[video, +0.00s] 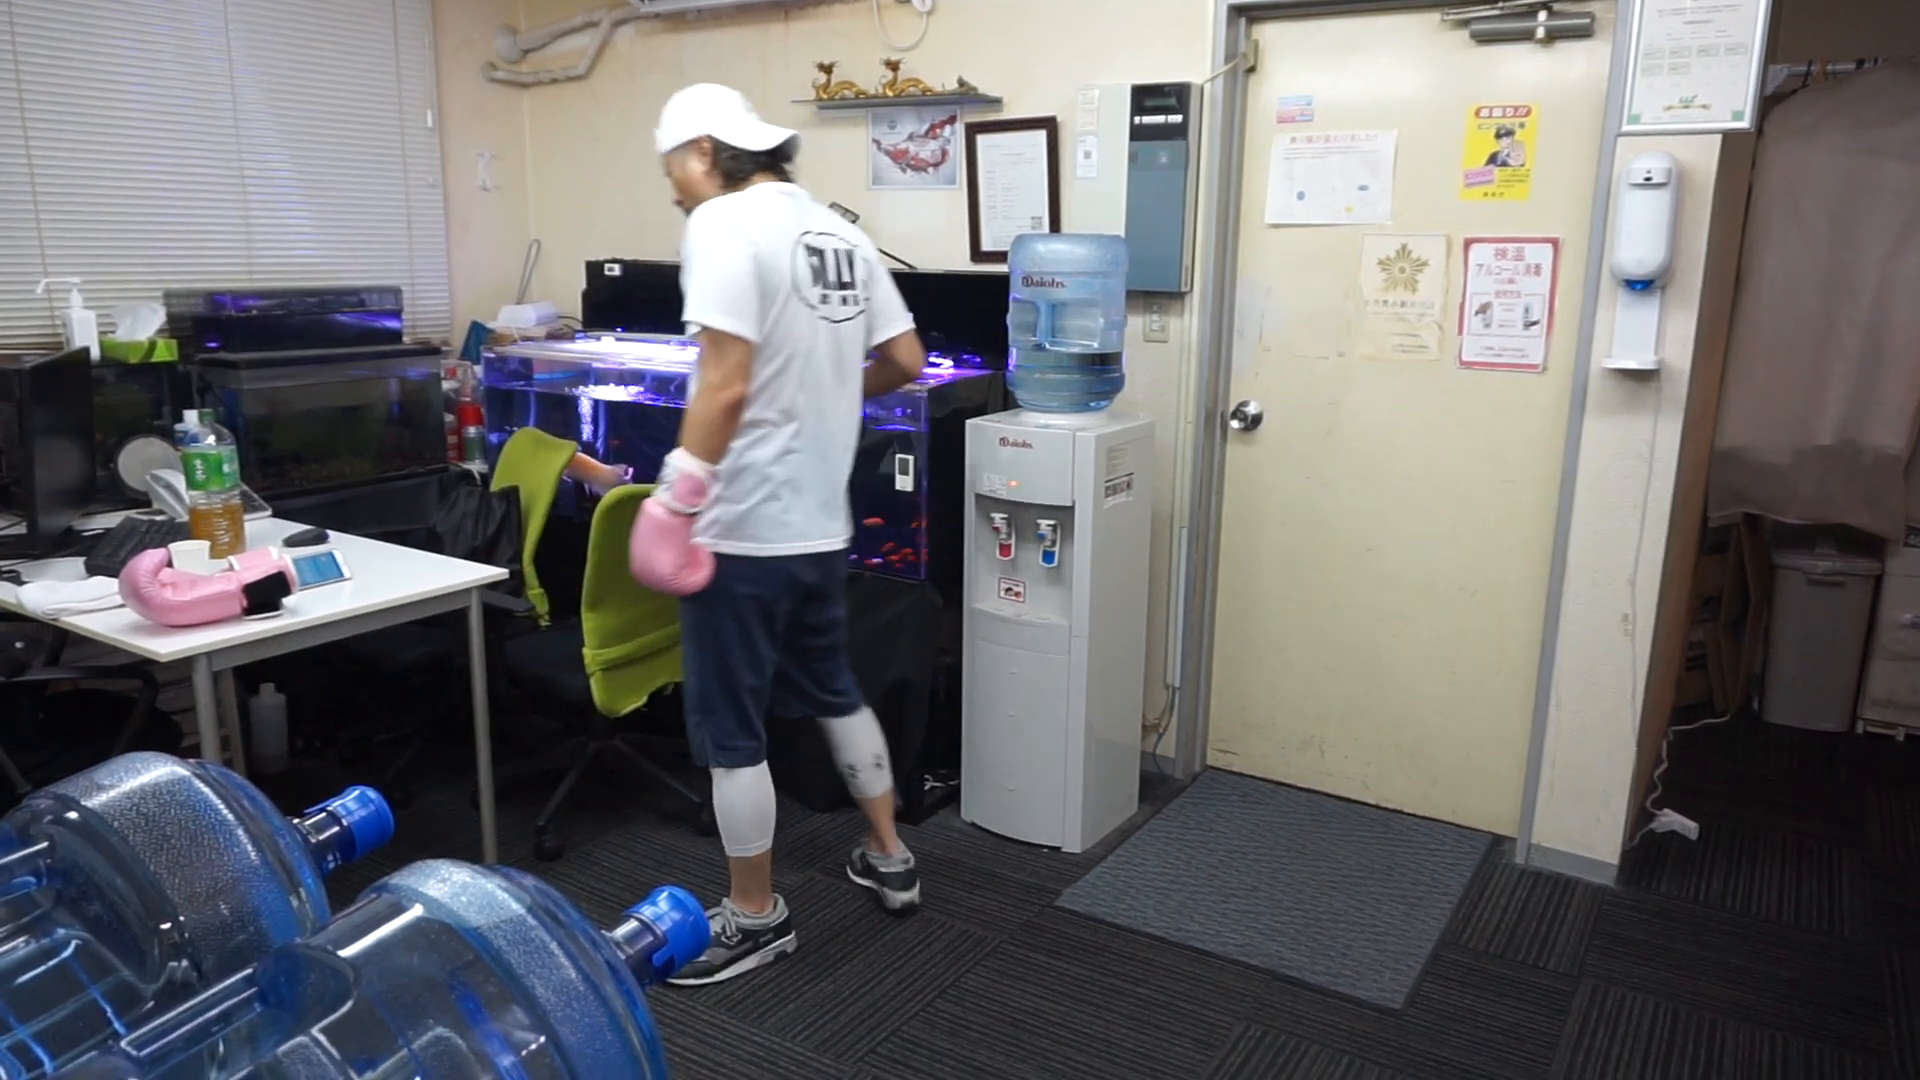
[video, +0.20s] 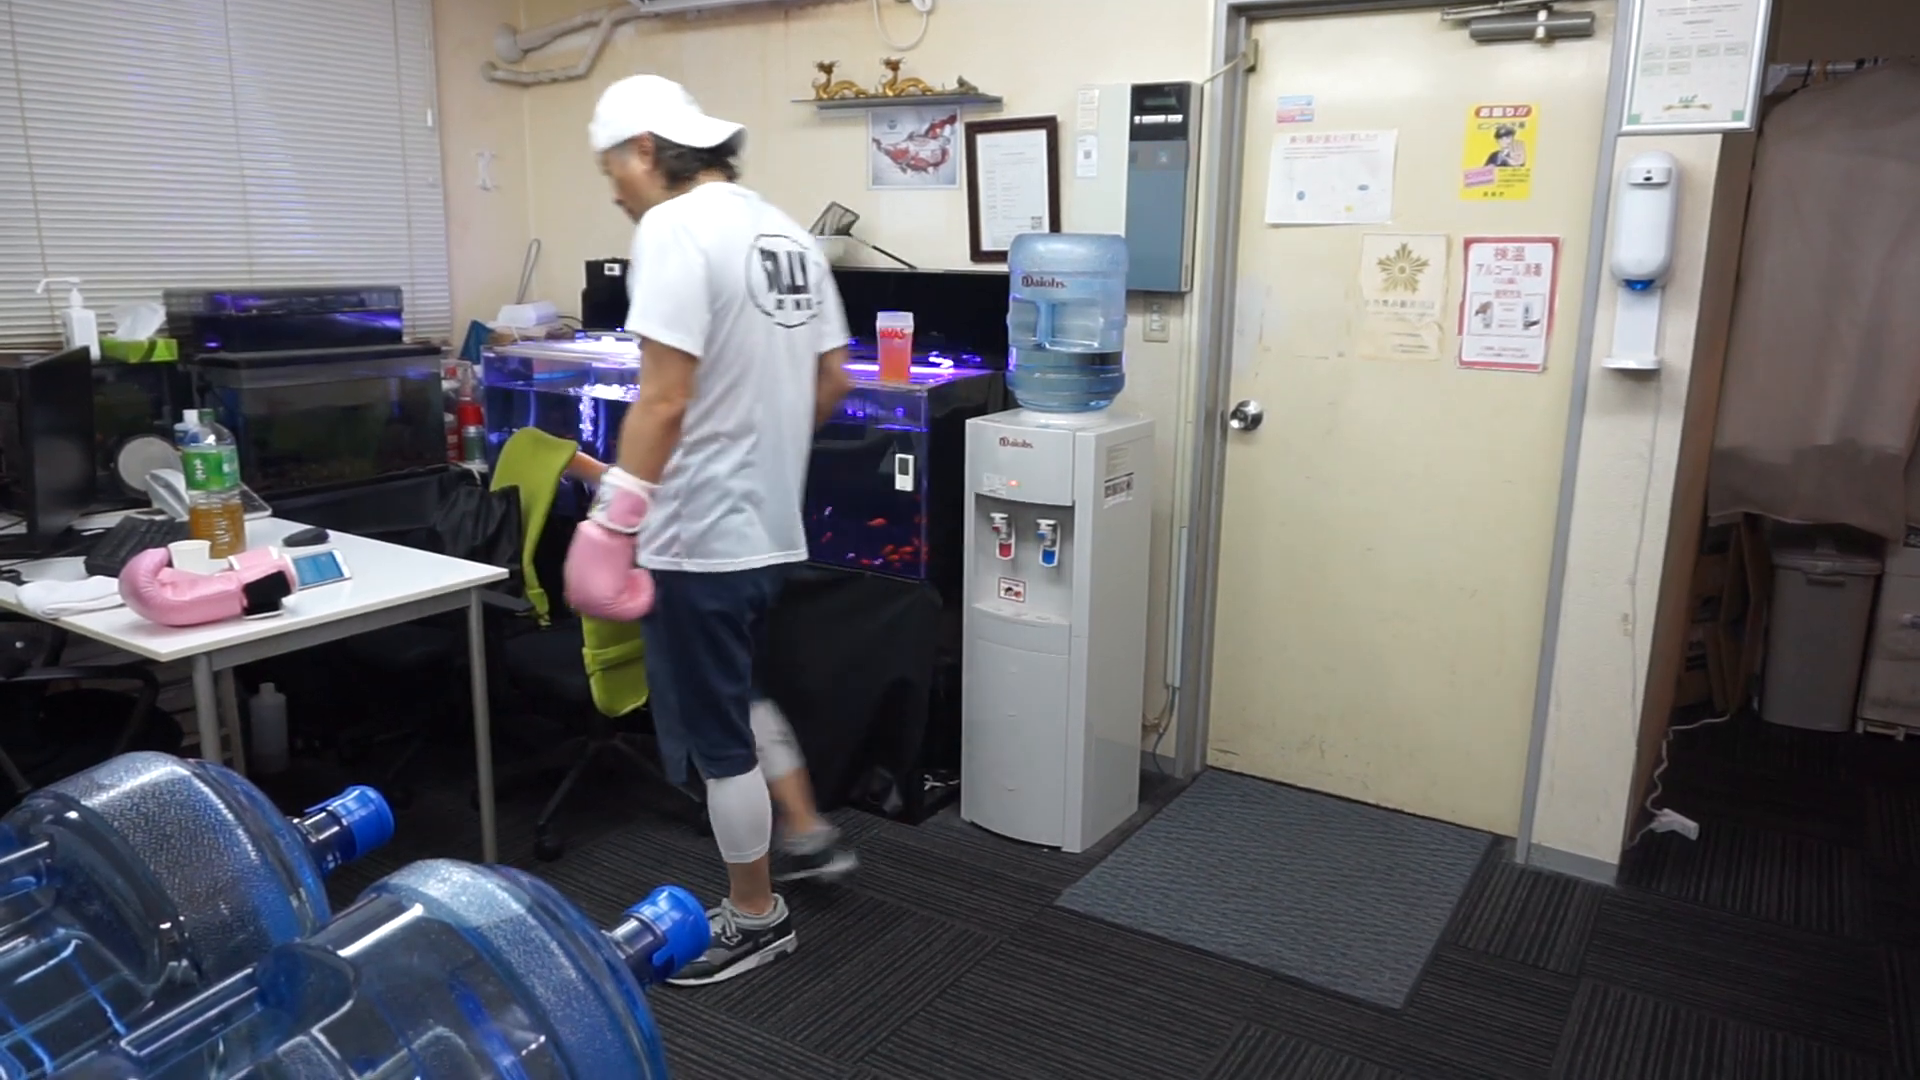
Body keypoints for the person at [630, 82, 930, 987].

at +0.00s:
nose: (671, 185)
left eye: (673, 166)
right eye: (669, 168)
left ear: (707, 154)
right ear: (752, 154)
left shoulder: (725, 226)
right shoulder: (840, 230)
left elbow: (726, 384)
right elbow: (903, 358)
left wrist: (674, 503)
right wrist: (819, 389)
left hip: (745, 529)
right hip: (822, 526)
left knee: (729, 725)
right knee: (834, 690)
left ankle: (755, 912)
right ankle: (891, 857)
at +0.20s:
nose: (611, 191)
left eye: (612, 169)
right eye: (607, 172)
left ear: (649, 150)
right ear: (681, 151)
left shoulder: (676, 232)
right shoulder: (786, 230)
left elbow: (663, 401)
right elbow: (832, 379)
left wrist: (609, 524)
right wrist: (760, 448)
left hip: (702, 532)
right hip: (768, 523)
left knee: (716, 726)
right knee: (735, 688)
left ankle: (754, 912)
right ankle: (806, 832)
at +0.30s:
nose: (577, 189)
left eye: (577, 167)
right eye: (572, 170)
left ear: (616, 147)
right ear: (644, 150)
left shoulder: (655, 233)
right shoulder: (747, 225)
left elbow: (643, 402)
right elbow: (800, 376)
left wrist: (585, 535)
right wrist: (741, 463)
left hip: (688, 538)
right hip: (738, 526)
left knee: (710, 731)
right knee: (647, 687)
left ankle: (759, 912)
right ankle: (702, 860)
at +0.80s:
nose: (334, 194)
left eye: (335, 168)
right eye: (326, 173)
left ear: (388, 143)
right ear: (389, 148)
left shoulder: (511, 227)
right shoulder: (443, 246)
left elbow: (567, 383)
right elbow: (460, 406)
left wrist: (573, 531)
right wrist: (370, 464)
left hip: (500, 581)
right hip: (431, 581)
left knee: (516, 792)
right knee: (429, 789)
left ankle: (688, 878)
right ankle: (455, 963)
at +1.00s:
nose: (241, 176)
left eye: (248, 150)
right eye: (231, 157)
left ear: (318, 125)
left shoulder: (450, 217)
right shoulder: (315, 244)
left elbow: (529, 373)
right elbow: (315, 387)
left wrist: (542, 512)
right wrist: (256, 497)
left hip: (426, 574)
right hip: (347, 577)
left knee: (339, 809)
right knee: (419, 793)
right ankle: (459, 973)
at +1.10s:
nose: (196, 173)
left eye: (207, 146)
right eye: (184, 153)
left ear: (283, 125)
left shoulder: (412, 222)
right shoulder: (265, 241)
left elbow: (494, 375)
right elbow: (284, 396)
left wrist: (520, 525)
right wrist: (245, 506)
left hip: (393, 589)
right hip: (310, 591)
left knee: (311, 830)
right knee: (404, 798)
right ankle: (445, 971)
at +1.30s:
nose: (85, 172)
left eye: (102, 143)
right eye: (76, 149)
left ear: (186, 128)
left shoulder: (310, 241)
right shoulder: (185, 246)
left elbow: (390, 413)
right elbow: (227, 425)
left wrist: (433, 566)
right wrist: (173, 551)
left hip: (292, 631)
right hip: (218, 629)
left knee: (234, 873)